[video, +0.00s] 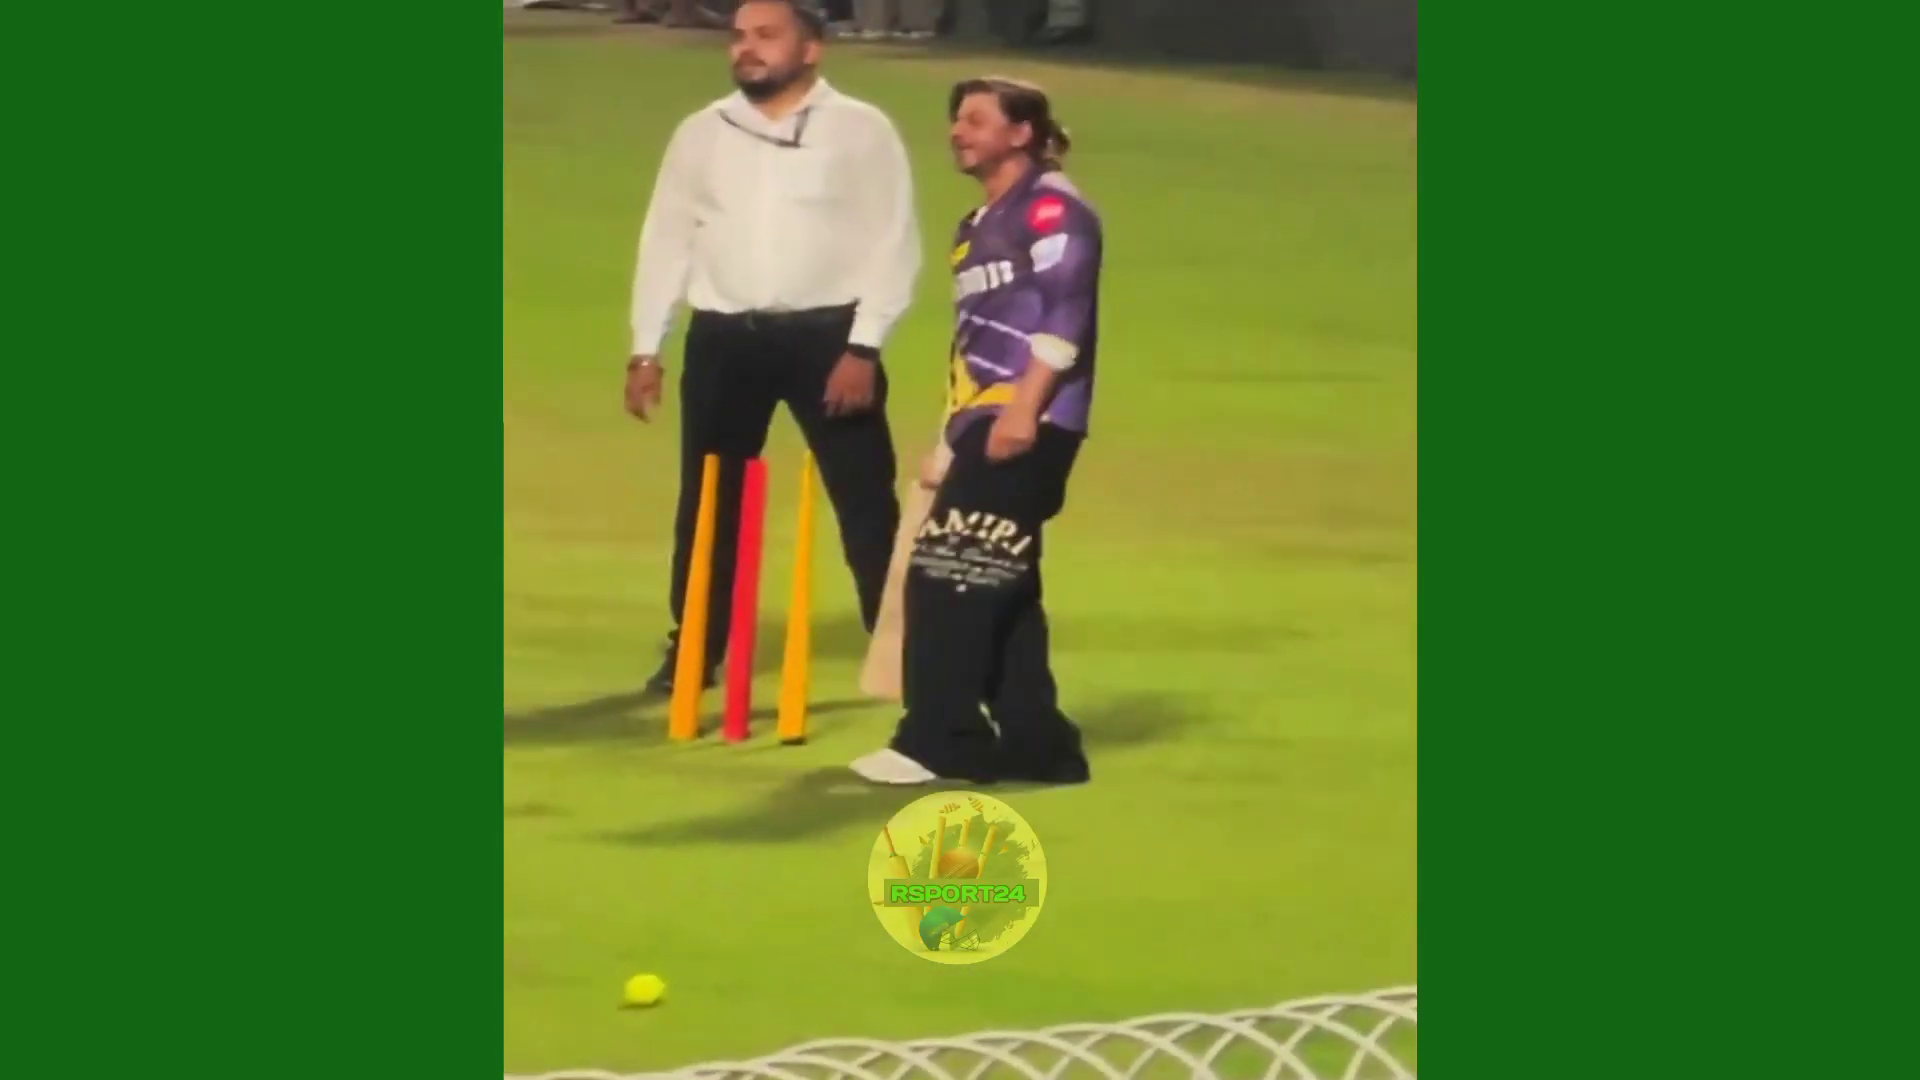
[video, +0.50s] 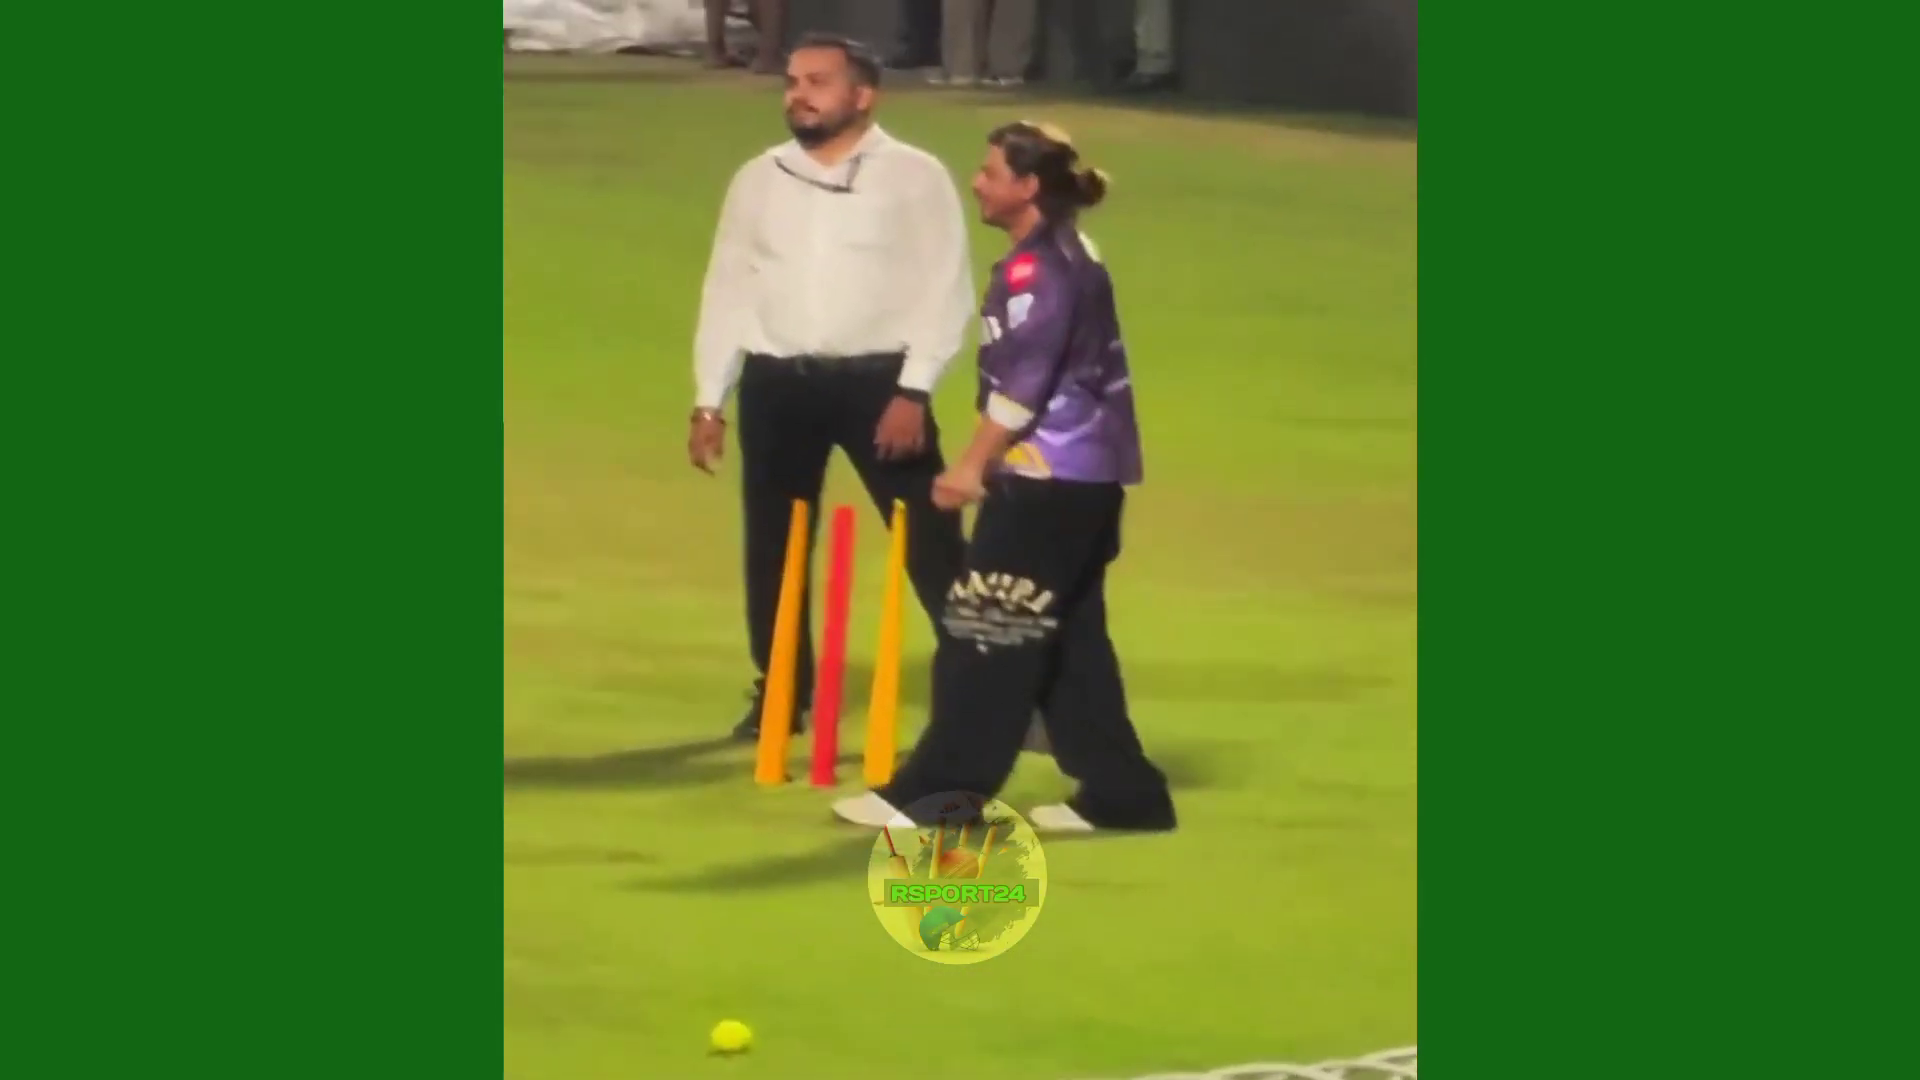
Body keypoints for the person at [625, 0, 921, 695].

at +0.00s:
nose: (744, 49)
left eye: (763, 35)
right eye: (739, 36)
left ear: (811, 47)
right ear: (730, 45)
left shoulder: (865, 131)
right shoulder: (702, 133)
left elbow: (898, 248)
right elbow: (666, 241)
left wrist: (864, 348)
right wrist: (646, 349)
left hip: (829, 343)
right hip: (723, 344)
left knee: (870, 512)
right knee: (705, 511)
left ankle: (902, 655)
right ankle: (691, 657)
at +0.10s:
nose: (762, 59)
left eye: (780, 47)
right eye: (758, 46)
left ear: (829, 59)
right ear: (752, 55)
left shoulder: (882, 142)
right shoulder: (723, 145)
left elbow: (917, 258)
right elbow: (687, 253)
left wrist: (883, 359)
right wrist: (667, 361)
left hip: (847, 356)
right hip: (743, 356)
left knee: (891, 525)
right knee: (725, 524)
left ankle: (931, 674)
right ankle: (713, 670)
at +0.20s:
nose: (768, 67)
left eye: (786, 56)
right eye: (762, 55)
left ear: (834, 67)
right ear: (756, 64)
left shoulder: (888, 149)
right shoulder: (729, 153)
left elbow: (923, 265)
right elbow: (695, 261)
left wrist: (888, 366)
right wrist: (675, 370)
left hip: (853, 362)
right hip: (748, 362)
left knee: (897, 531)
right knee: (732, 531)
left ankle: (931, 681)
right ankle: (724, 677)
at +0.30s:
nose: (778, 79)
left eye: (796, 68)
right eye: (774, 67)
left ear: (845, 80)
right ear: (768, 77)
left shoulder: (899, 161)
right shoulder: (742, 164)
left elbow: (932, 276)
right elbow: (709, 275)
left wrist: (900, 378)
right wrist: (690, 383)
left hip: (864, 373)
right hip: (760, 374)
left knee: (911, 534)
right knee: (747, 540)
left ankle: (941, 685)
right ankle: (744, 687)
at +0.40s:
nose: (789, 86)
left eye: (806, 74)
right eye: (784, 74)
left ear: (854, 87)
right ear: (778, 83)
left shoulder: (910, 167)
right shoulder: (752, 171)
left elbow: (943, 283)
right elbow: (721, 282)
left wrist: (909, 384)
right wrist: (701, 391)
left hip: (874, 379)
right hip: (770, 379)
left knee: (923, 541)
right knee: (759, 548)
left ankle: (958, 690)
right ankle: (760, 692)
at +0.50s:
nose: (798, 94)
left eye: (815, 83)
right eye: (793, 82)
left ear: (862, 95)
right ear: (787, 90)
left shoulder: (917, 176)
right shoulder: (758, 179)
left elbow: (947, 291)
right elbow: (727, 290)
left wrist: (913, 392)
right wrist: (708, 400)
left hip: (881, 387)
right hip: (777, 388)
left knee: (933, 550)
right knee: (773, 556)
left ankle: (985, 688)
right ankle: (780, 696)